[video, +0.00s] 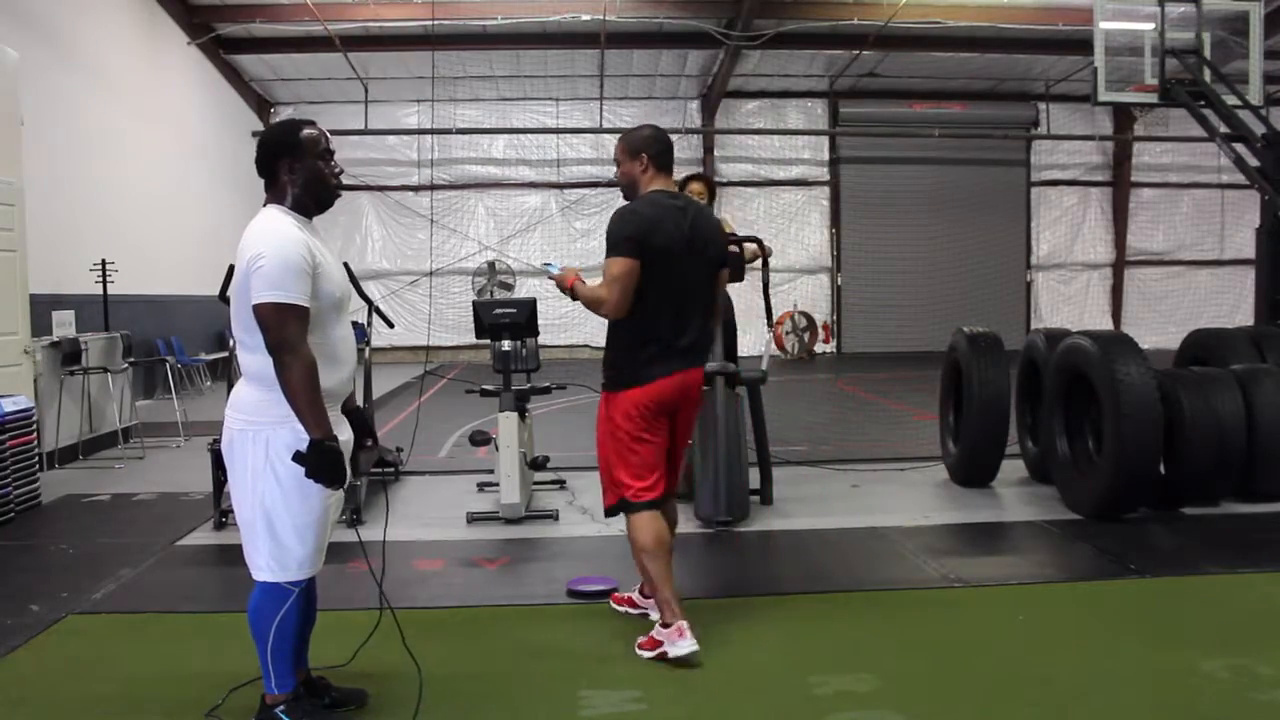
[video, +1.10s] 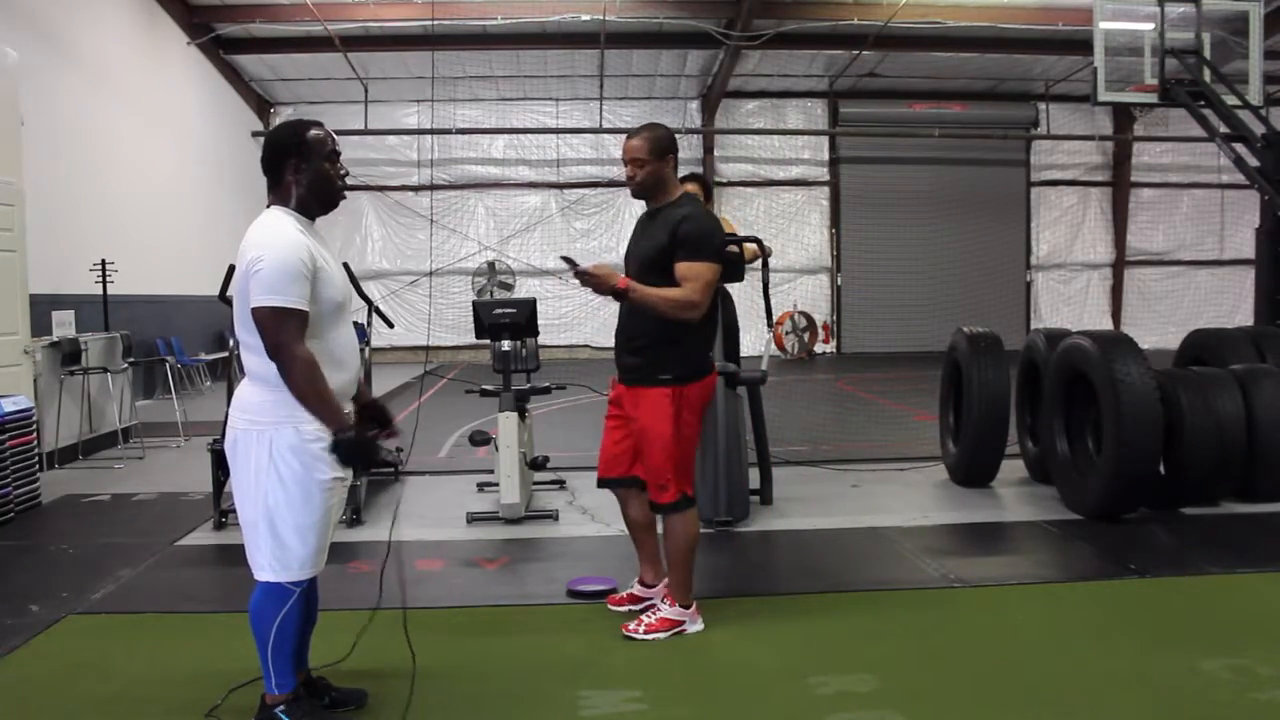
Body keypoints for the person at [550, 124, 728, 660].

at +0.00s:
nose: (618, 175)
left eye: (621, 166)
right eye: (617, 166)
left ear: (642, 163)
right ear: (663, 163)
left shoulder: (630, 219)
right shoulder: (706, 218)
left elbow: (614, 303)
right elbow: (719, 287)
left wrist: (577, 287)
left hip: (637, 384)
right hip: (688, 376)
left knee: (641, 501)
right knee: (660, 494)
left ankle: (674, 628)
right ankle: (651, 593)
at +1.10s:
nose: (627, 173)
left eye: (637, 164)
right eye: (625, 164)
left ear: (668, 163)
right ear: (635, 166)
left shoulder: (696, 222)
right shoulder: (652, 217)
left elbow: (694, 303)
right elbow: (650, 295)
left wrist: (622, 286)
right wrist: (614, 286)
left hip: (675, 381)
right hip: (635, 378)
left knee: (672, 491)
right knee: (624, 478)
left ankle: (681, 603)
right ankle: (653, 582)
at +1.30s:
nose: (641, 173)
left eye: (651, 165)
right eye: (638, 164)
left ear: (679, 166)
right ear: (637, 165)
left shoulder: (708, 224)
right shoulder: (639, 224)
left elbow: (711, 305)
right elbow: (635, 302)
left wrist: (639, 285)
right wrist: (612, 362)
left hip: (680, 382)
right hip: (631, 379)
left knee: (675, 492)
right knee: (624, 483)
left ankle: (681, 604)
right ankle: (654, 577)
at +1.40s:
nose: (649, 169)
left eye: (660, 162)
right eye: (644, 161)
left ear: (687, 165)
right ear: (640, 164)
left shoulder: (711, 222)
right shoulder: (638, 223)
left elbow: (716, 304)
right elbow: (628, 296)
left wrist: (649, 287)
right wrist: (599, 354)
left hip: (682, 381)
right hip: (631, 377)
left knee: (678, 493)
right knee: (617, 480)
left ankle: (681, 604)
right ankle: (653, 563)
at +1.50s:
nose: (654, 168)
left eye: (666, 160)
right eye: (648, 160)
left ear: (690, 164)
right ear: (644, 164)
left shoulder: (715, 223)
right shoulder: (637, 223)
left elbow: (721, 303)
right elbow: (622, 295)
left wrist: (657, 285)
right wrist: (591, 352)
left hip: (682, 380)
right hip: (629, 376)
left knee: (678, 492)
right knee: (612, 480)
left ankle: (681, 603)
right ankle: (659, 553)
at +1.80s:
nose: (661, 166)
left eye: (672, 159)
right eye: (654, 158)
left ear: (689, 165)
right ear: (645, 164)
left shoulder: (713, 223)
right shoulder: (627, 227)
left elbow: (724, 300)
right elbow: (611, 296)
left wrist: (674, 276)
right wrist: (585, 351)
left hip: (682, 377)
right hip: (630, 376)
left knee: (679, 490)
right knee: (638, 487)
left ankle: (682, 605)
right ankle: (671, 571)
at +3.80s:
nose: (702, 170)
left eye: (712, 162)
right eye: (698, 163)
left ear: (735, 168)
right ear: (694, 171)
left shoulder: (768, 224)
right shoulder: (686, 228)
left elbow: (794, 292)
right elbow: (675, 298)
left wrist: (742, 301)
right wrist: (659, 359)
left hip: (751, 373)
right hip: (693, 372)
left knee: (764, 471)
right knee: (678, 468)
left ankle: (765, 563)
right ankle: (676, 570)